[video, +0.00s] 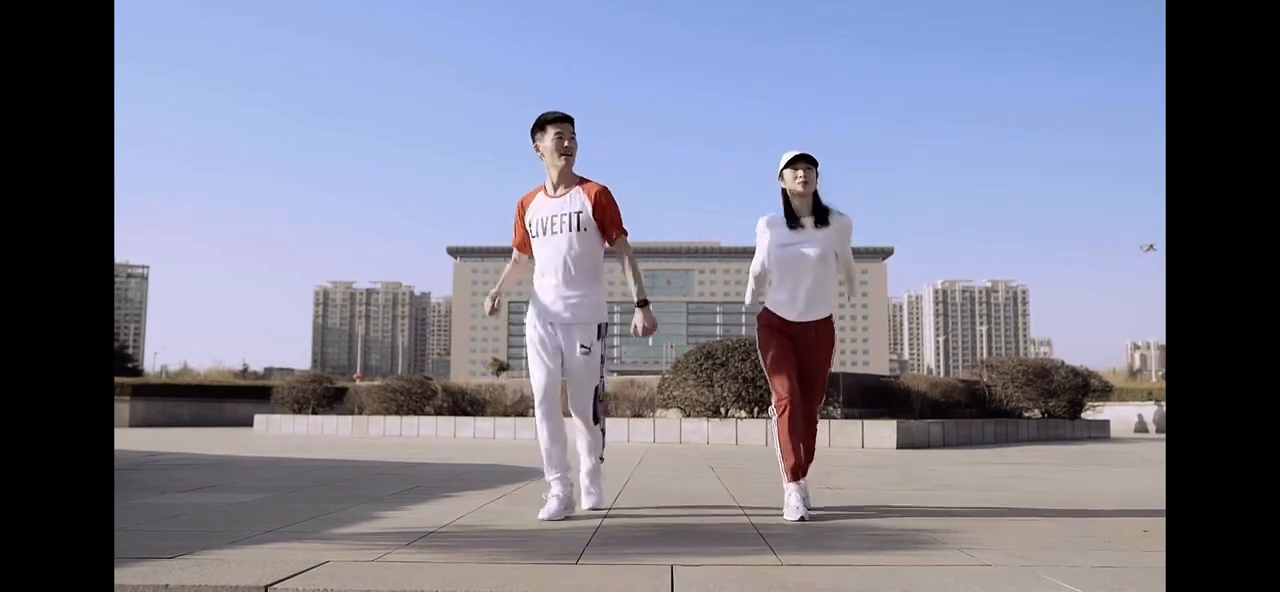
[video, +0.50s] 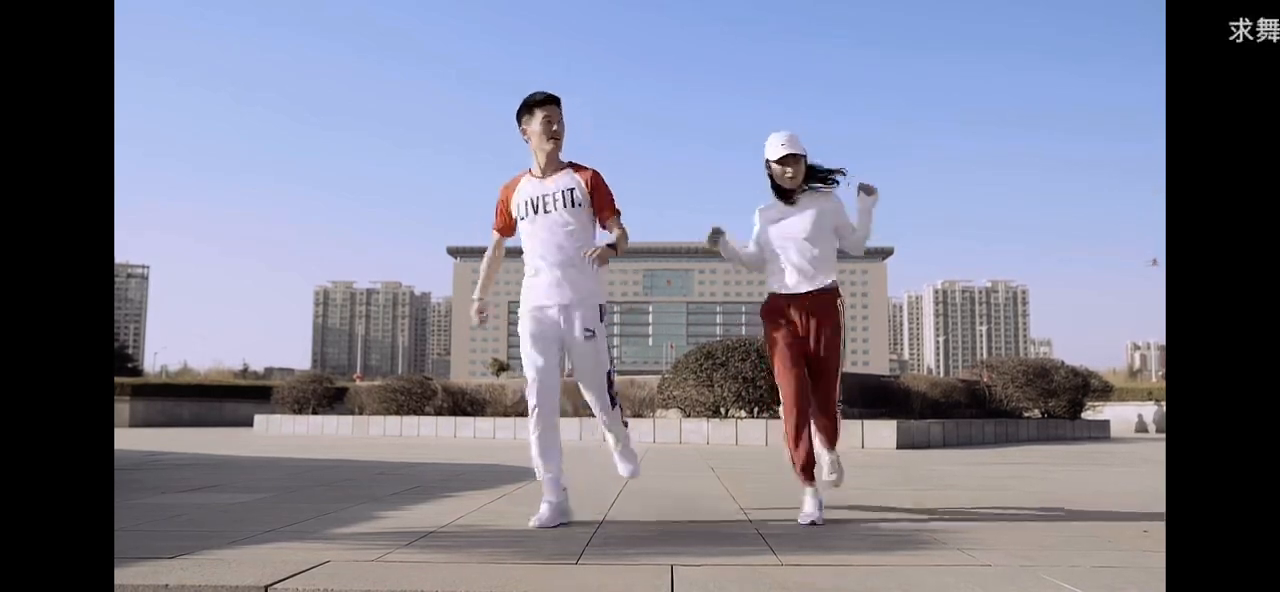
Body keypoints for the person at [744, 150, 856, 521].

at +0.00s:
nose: (803, 173)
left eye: (808, 168)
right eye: (795, 169)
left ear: (816, 178)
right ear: (783, 180)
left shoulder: (838, 224)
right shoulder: (768, 225)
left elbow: (847, 265)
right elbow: (758, 271)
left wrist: (853, 290)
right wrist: (752, 301)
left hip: (818, 326)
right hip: (775, 324)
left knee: (809, 407)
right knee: (787, 397)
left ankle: (800, 480)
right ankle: (792, 486)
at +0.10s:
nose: (801, 163)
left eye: (807, 157)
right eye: (793, 158)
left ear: (816, 163)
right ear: (781, 165)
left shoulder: (838, 209)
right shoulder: (766, 212)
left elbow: (857, 267)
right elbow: (748, 269)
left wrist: (872, 319)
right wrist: (740, 320)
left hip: (818, 307)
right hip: (774, 306)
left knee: (811, 399)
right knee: (784, 396)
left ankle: (808, 453)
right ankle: (790, 484)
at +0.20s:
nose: (802, 179)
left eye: (807, 173)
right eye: (794, 174)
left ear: (815, 175)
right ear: (780, 179)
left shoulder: (832, 217)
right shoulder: (768, 218)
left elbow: (852, 248)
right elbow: (751, 245)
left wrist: (871, 277)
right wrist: (746, 269)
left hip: (819, 303)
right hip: (777, 306)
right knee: (785, 402)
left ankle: (819, 425)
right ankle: (793, 484)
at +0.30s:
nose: (800, 182)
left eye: (805, 174)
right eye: (791, 176)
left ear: (814, 176)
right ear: (779, 180)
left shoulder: (831, 216)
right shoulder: (768, 217)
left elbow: (856, 242)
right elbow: (741, 242)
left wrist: (860, 233)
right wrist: (745, 237)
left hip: (820, 304)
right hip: (779, 309)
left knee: (811, 343)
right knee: (787, 399)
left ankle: (820, 420)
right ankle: (794, 483)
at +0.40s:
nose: (793, 163)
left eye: (799, 155)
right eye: (785, 157)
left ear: (809, 155)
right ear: (772, 161)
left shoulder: (831, 192)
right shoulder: (761, 204)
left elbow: (861, 240)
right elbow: (734, 254)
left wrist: (861, 202)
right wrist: (727, 231)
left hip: (822, 297)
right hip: (780, 299)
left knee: (816, 395)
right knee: (789, 396)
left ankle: (827, 446)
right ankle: (801, 479)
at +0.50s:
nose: (789, 169)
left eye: (795, 160)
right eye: (780, 162)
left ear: (806, 162)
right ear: (769, 167)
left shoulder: (826, 200)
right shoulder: (765, 215)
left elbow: (854, 245)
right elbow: (756, 260)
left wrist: (865, 207)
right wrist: (726, 247)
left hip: (823, 305)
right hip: (782, 309)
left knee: (825, 397)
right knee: (793, 397)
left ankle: (828, 449)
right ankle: (809, 490)